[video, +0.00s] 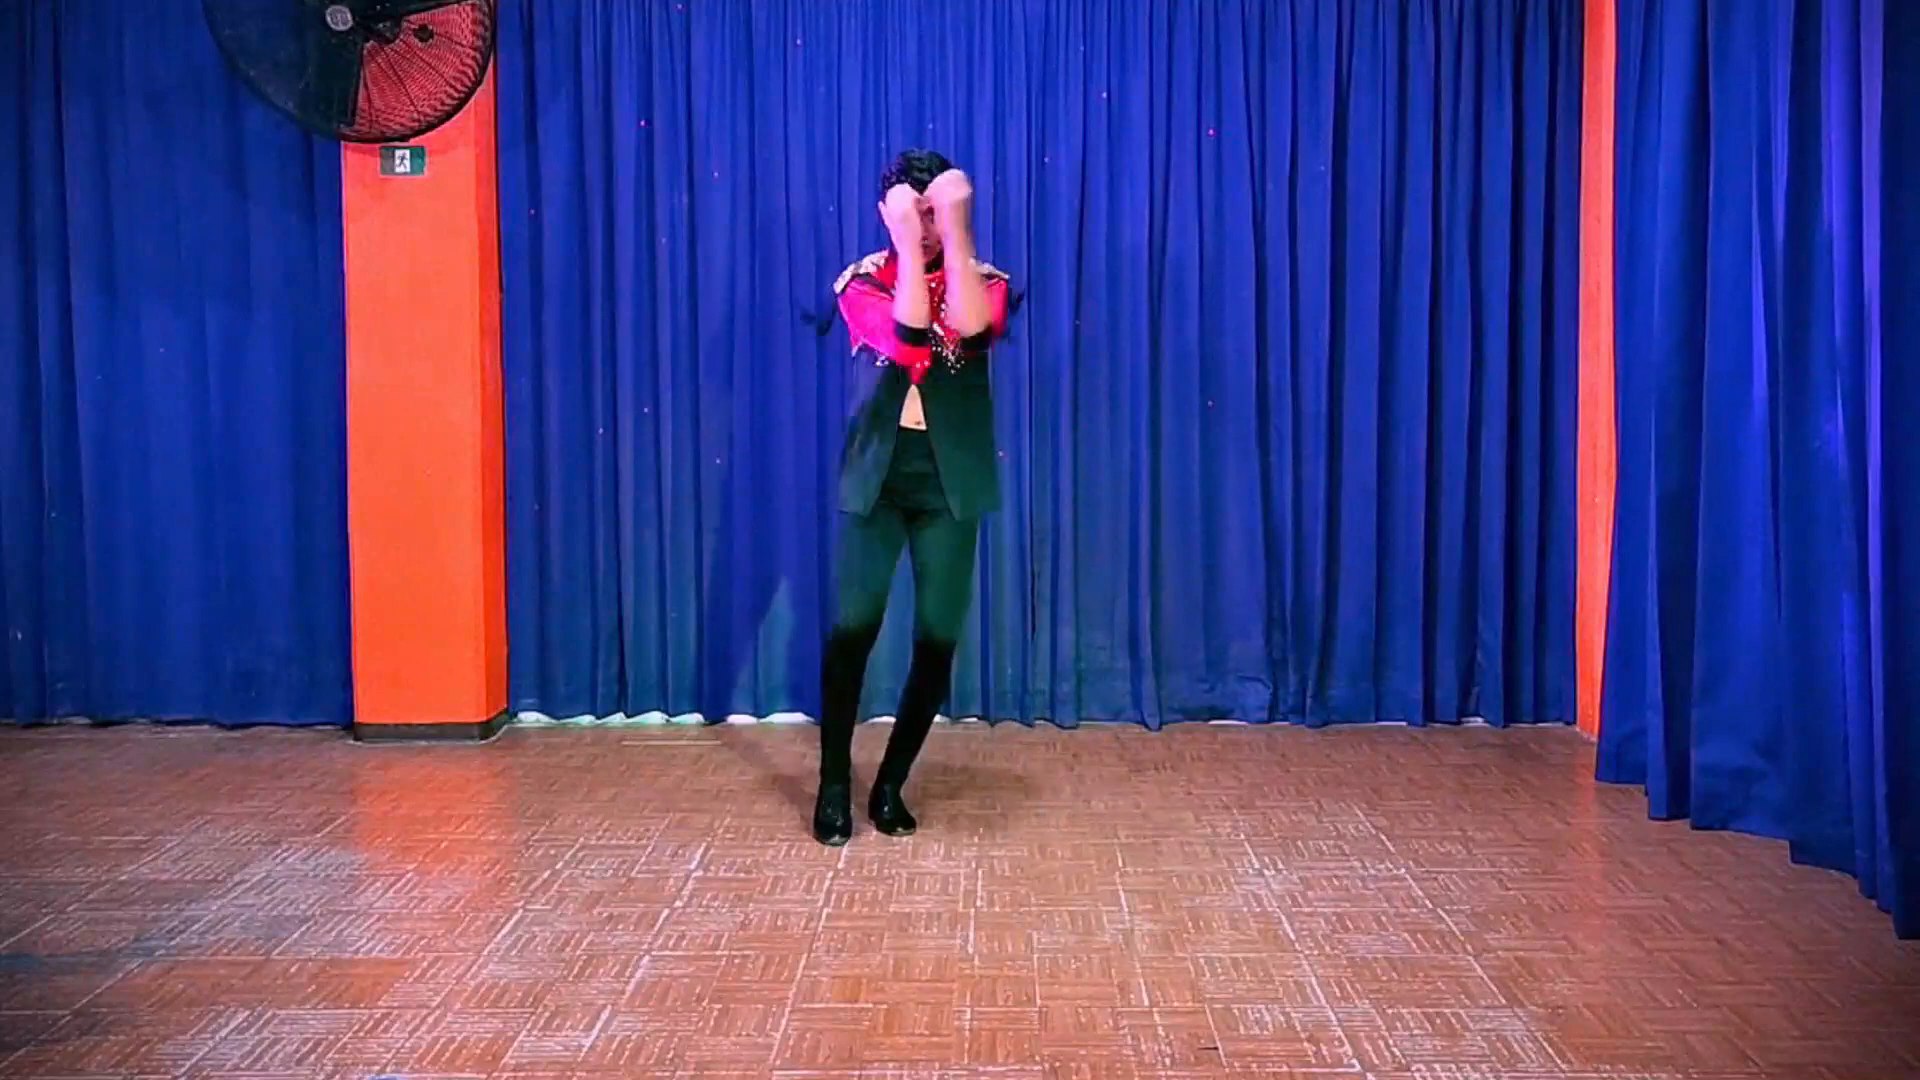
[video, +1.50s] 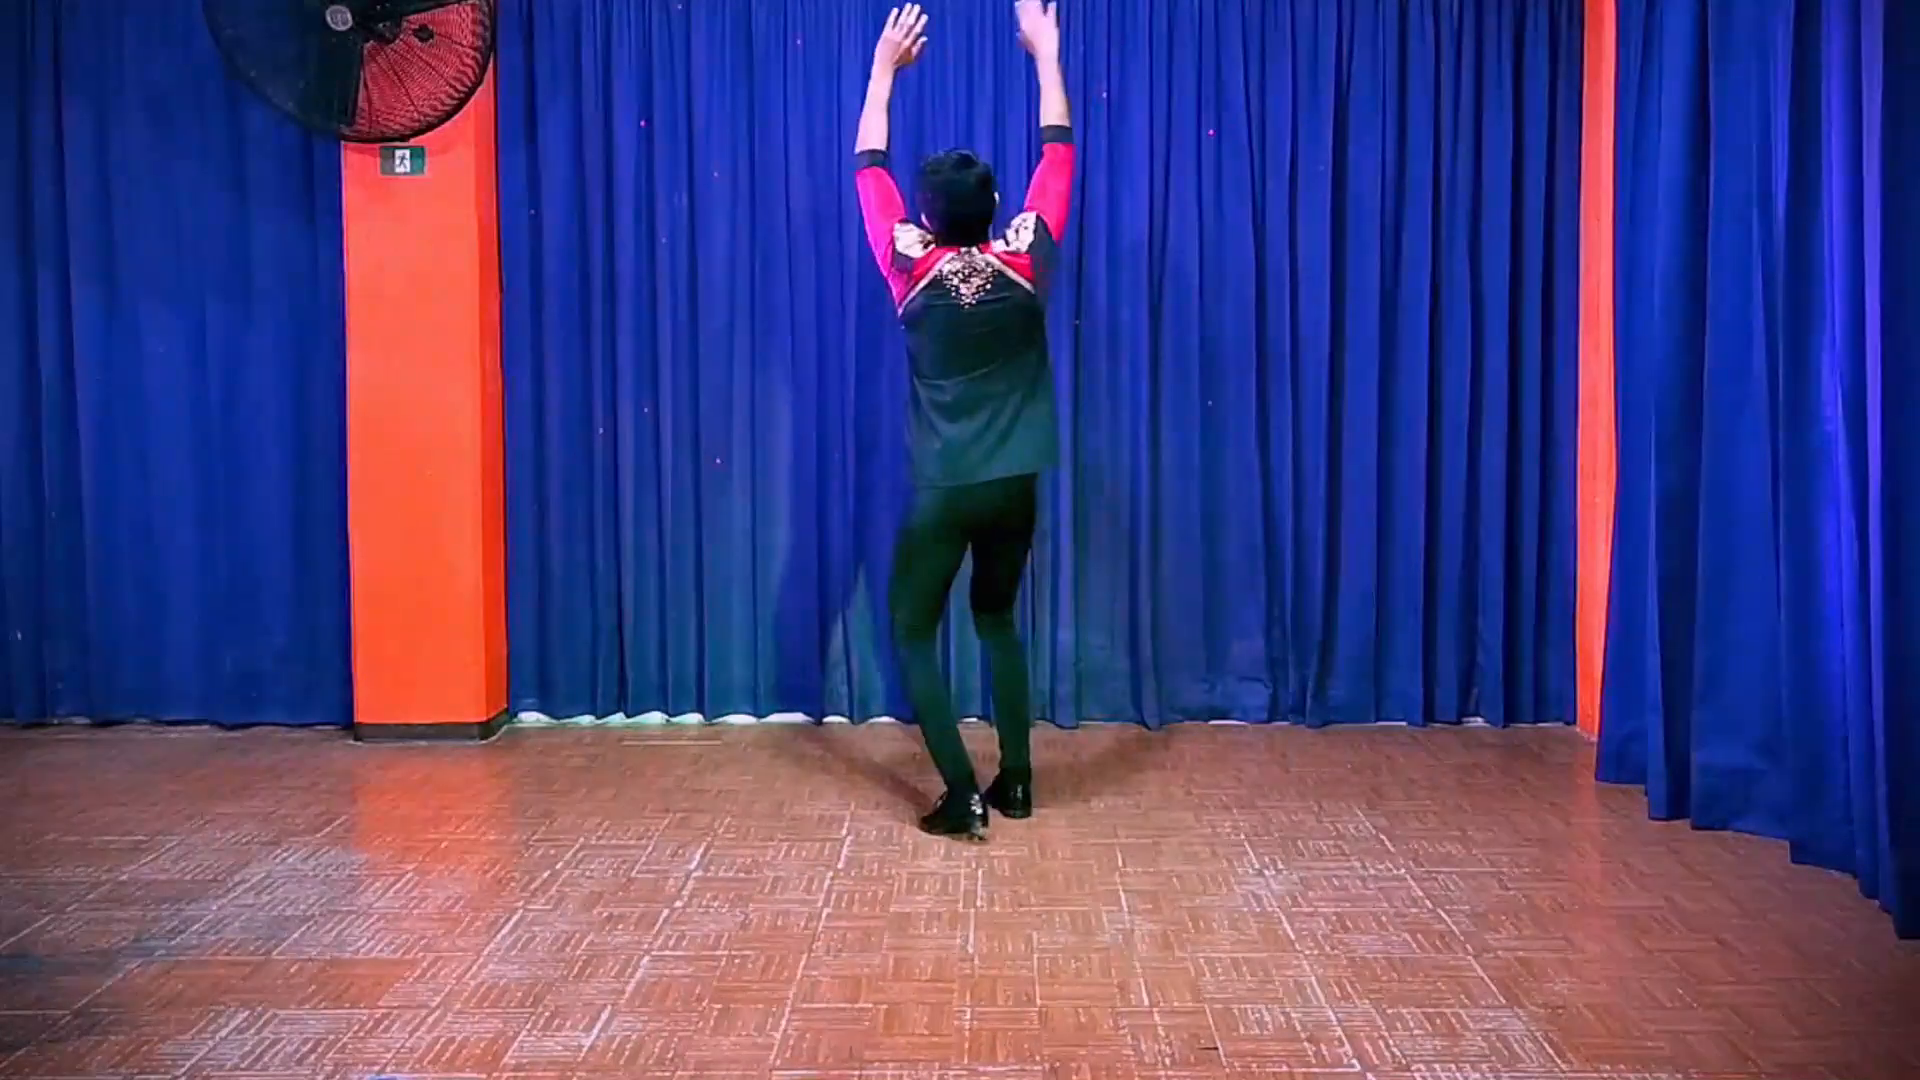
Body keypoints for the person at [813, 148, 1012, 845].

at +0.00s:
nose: (922, 216)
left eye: (932, 202)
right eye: (910, 204)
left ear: (953, 210)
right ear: (890, 214)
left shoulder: (989, 279)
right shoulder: (862, 280)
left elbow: (971, 322)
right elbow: (903, 335)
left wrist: (957, 226)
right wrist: (908, 242)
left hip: (953, 477)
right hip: (876, 473)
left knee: (939, 637)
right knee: (855, 623)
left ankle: (891, 785)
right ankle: (834, 783)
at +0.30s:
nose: (926, 231)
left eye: (940, 217)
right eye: (913, 217)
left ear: (958, 220)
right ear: (892, 219)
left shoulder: (992, 295)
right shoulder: (866, 305)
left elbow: (1042, 395)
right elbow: (842, 418)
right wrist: (837, 513)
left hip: (984, 480)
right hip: (913, 485)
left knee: (969, 640)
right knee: (973, 636)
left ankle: (891, 783)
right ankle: (1037, 777)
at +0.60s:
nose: (949, 235)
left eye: (960, 222)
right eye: (934, 223)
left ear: (976, 226)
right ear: (911, 229)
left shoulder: (990, 290)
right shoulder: (902, 304)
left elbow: (1067, 304)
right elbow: (842, 376)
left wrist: (1145, 309)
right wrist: (794, 436)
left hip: (987, 494)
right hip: (955, 499)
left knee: (979, 646)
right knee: (1045, 628)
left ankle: (877, 783)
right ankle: (1033, 783)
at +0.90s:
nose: (968, 229)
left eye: (970, 218)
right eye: (956, 220)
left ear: (975, 229)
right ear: (925, 230)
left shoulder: (967, 274)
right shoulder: (927, 298)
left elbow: (1003, 217)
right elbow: (919, 274)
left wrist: (1048, 161)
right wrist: (930, 226)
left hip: (950, 500)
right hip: (986, 499)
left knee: (978, 644)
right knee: (1074, 625)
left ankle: (885, 783)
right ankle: (1033, 781)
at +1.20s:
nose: (989, 202)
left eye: (980, 195)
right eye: (978, 197)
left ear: (931, 221)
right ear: (960, 219)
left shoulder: (907, 272)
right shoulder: (987, 269)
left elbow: (899, 181)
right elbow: (1044, 165)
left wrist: (918, 89)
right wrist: (1079, 70)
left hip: (934, 486)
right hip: (1004, 482)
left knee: (934, 640)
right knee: (1046, 616)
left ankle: (911, 799)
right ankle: (1024, 780)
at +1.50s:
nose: (925, 208)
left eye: (928, 201)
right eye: (965, 194)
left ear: (928, 215)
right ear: (992, 209)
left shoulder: (913, 270)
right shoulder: (1024, 259)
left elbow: (868, 164)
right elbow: (1059, 152)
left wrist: (882, 69)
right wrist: (1046, 53)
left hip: (943, 488)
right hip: (1016, 483)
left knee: (913, 633)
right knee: (996, 615)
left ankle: (960, 798)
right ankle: (1015, 780)